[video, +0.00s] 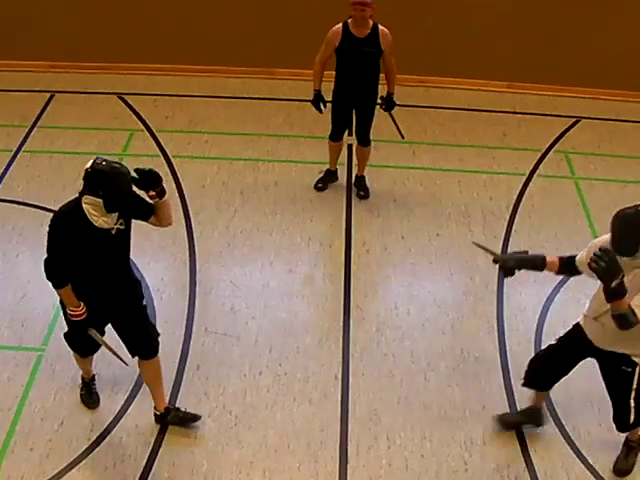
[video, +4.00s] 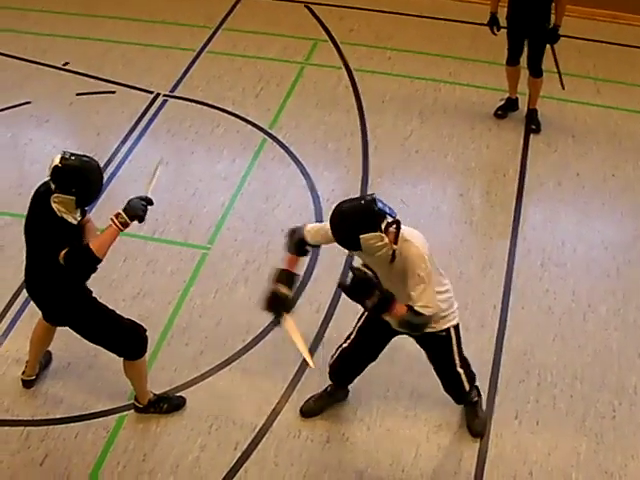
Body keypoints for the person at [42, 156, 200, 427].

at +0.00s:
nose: (120, 206)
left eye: (122, 199)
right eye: (115, 201)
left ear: (123, 192)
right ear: (98, 195)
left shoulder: (124, 201)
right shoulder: (65, 220)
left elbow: (163, 219)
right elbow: (55, 270)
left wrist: (158, 193)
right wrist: (73, 305)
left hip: (122, 291)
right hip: (85, 300)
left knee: (147, 345)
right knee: (84, 346)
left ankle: (162, 408)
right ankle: (88, 379)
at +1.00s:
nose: (147, 250)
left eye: (148, 247)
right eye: (141, 247)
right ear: (114, 251)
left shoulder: (109, 256)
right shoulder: (66, 283)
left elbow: (135, 256)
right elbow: (55, 342)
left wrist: (144, 243)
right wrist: (98, 370)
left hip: (118, 337)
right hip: (84, 355)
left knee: (158, 385)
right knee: (88, 422)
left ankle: (163, 434)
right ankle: (78, 468)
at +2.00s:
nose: (123, 212)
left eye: (124, 208)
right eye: (120, 208)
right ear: (102, 206)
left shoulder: (94, 205)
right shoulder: (67, 237)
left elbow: (117, 223)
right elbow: (74, 305)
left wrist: (145, 214)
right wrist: (124, 316)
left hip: (100, 282)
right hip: (70, 301)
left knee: (139, 324)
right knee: (95, 370)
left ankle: (159, 375)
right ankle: (86, 414)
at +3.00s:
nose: (124, 189)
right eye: (123, 184)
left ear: (92, 174)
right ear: (111, 190)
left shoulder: (70, 186)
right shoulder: (103, 225)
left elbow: (96, 203)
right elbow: (159, 254)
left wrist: (124, 213)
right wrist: (201, 214)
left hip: (54, 277)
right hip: (83, 296)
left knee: (79, 315)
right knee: (137, 347)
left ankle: (69, 365)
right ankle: (147, 405)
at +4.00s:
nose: (90, 197)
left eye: (89, 192)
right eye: (88, 193)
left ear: (60, 180)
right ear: (76, 195)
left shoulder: (45, 193)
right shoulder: (55, 226)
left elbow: (83, 220)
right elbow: (80, 265)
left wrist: (92, 248)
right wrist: (121, 221)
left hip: (38, 282)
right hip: (61, 297)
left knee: (50, 316)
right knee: (133, 338)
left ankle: (30, 370)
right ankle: (144, 399)